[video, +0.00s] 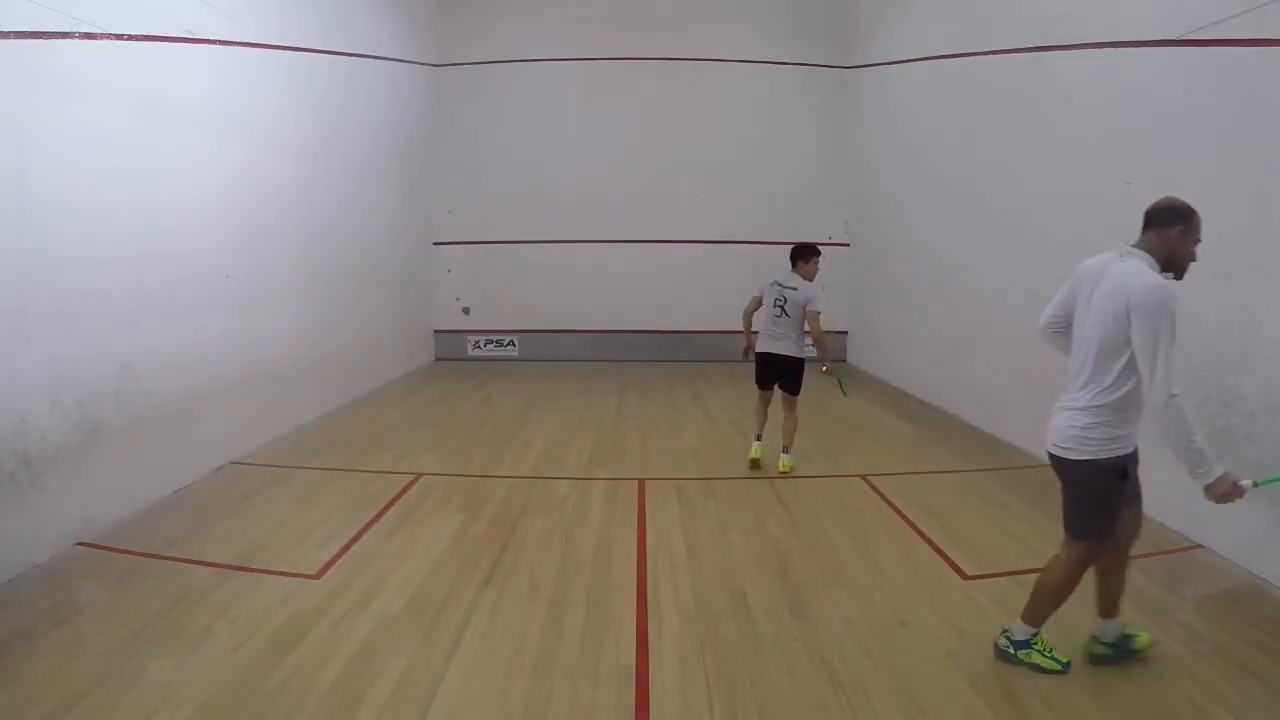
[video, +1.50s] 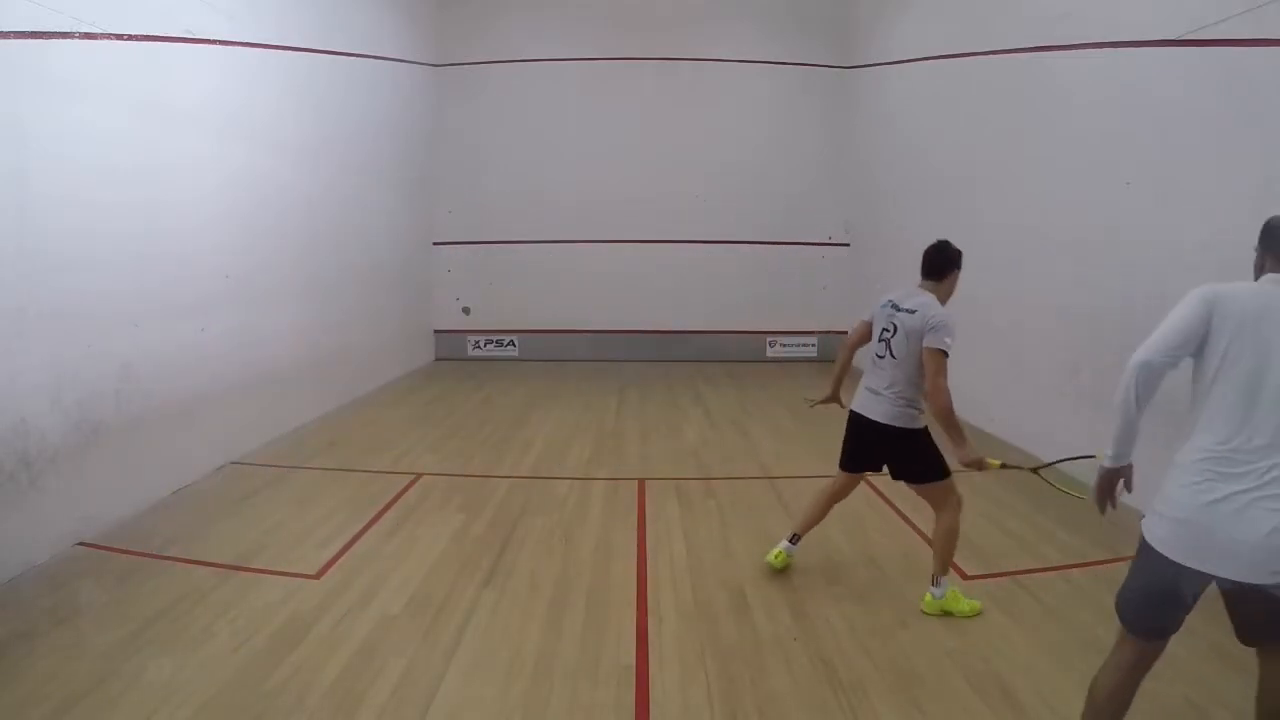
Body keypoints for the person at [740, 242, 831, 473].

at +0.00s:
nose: (817, 269)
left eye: (818, 264)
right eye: (815, 264)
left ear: (795, 264)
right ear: (802, 263)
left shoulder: (772, 283)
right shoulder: (809, 290)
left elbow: (748, 312)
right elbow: (814, 329)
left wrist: (747, 340)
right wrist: (826, 358)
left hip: (764, 354)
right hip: (792, 359)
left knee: (763, 397)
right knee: (789, 409)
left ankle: (756, 443)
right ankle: (785, 457)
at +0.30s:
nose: (808, 263)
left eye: (808, 258)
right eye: (804, 257)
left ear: (784, 259)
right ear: (788, 258)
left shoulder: (760, 284)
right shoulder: (794, 287)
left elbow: (740, 323)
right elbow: (794, 327)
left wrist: (753, 345)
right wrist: (802, 365)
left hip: (756, 365)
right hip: (784, 367)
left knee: (756, 424)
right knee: (796, 416)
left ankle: (750, 484)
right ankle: (791, 467)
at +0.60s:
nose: (818, 259)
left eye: (818, 253)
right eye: (814, 253)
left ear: (790, 255)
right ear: (797, 254)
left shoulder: (764, 281)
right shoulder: (808, 289)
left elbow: (733, 314)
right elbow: (818, 334)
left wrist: (721, 354)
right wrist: (829, 367)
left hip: (760, 372)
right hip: (792, 378)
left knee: (756, 431)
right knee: (802, 441)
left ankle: (749, 487)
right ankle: (794, 506)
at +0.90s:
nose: (834, 245)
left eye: (831, 239)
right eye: (834, 240)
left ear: (803, 241)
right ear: (830, 243)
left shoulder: (781, 271)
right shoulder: (839, 276)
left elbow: (754, 314)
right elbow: (854, 326)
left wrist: (757, 357)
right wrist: (851, 360)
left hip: (778, 374)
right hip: (815, 381)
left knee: (767, 440)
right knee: (810, 458)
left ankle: (755, 505)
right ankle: (793, 525)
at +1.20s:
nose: (867, 266)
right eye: (867, 261)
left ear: (834, 261)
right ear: (865, 265)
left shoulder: (809, 295)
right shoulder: (867, 306)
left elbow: (781, 341)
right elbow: (879, 367)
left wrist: (783, 387)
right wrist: (887, 410)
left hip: (801, 407)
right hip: (842, 415)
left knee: (774, 473)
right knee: (877, 487)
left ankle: (740, 536)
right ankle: (878, 572)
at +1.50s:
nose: (956, 284)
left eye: (957, 278)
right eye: (957, 277)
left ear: (922, 271)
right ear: (950, 276)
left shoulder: (889, 302)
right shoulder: (937, 317)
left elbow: (850, 342)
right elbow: (935, 390)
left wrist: (834, 390)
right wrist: (963, 447)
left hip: (861, 419)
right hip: (902, 430)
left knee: (840, 485)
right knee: (948, 503)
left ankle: (785, 548)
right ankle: (939, 591)